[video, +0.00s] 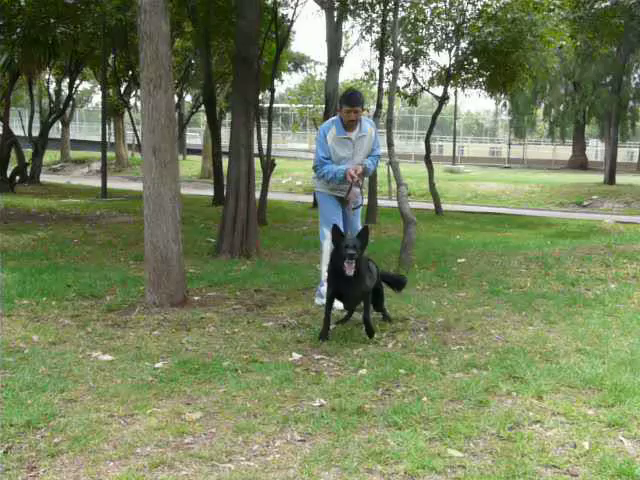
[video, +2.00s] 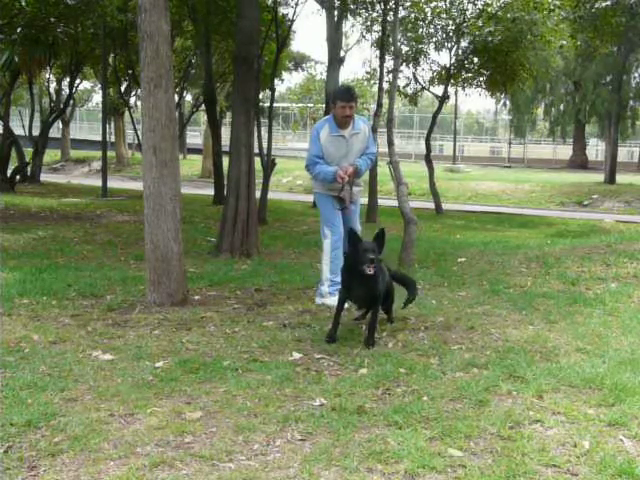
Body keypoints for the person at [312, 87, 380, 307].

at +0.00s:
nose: (352, 117)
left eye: (357, 112)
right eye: (348, 112)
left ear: (362, 110)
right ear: (340, 110)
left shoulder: (369, 128)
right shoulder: (326, 130)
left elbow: (375, 156)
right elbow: (320, 167)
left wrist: (364, 168)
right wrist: (345, 171)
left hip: (355, 192)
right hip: (328, 191)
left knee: (354, 238)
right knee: (332, 238)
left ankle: (351, 288)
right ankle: (325, 288)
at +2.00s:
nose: (347, 113)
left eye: (351, 108)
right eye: (342, 108)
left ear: (356, 107)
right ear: (332, 108)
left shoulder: (363, 127)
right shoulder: (320, 129)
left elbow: (371, 155)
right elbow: (312, 164)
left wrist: (356, 168)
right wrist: (334, 173)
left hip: (352, 190)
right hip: (326, 190)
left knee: (354, 235)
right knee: (336, 234)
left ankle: (352, 288)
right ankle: (330, 289)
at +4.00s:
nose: (350, 101)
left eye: (353, 96)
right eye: (345, 97)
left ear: (358, 96)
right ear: (336, 96)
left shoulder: (365, 117)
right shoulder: (326, 120)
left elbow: (373, 145)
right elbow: (324, 155)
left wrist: (369, 155)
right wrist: (345, 164)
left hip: (358, 186)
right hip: (333, 185)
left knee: (355, 235)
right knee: (337, 235)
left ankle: (353, 274)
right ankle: (330, 287)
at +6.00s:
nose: (364, 104)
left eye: (367, 99)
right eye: (359, 99)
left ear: (370, 100)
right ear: (348, 98)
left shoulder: (368, 121)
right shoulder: (336, 123)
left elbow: (364, 149)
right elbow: (337, 162)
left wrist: (367, 156)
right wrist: (364, 171)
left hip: (353, 185)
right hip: (332, 184)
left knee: (355, 236)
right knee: (339, 235)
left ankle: (347, 282)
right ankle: (329, 291)